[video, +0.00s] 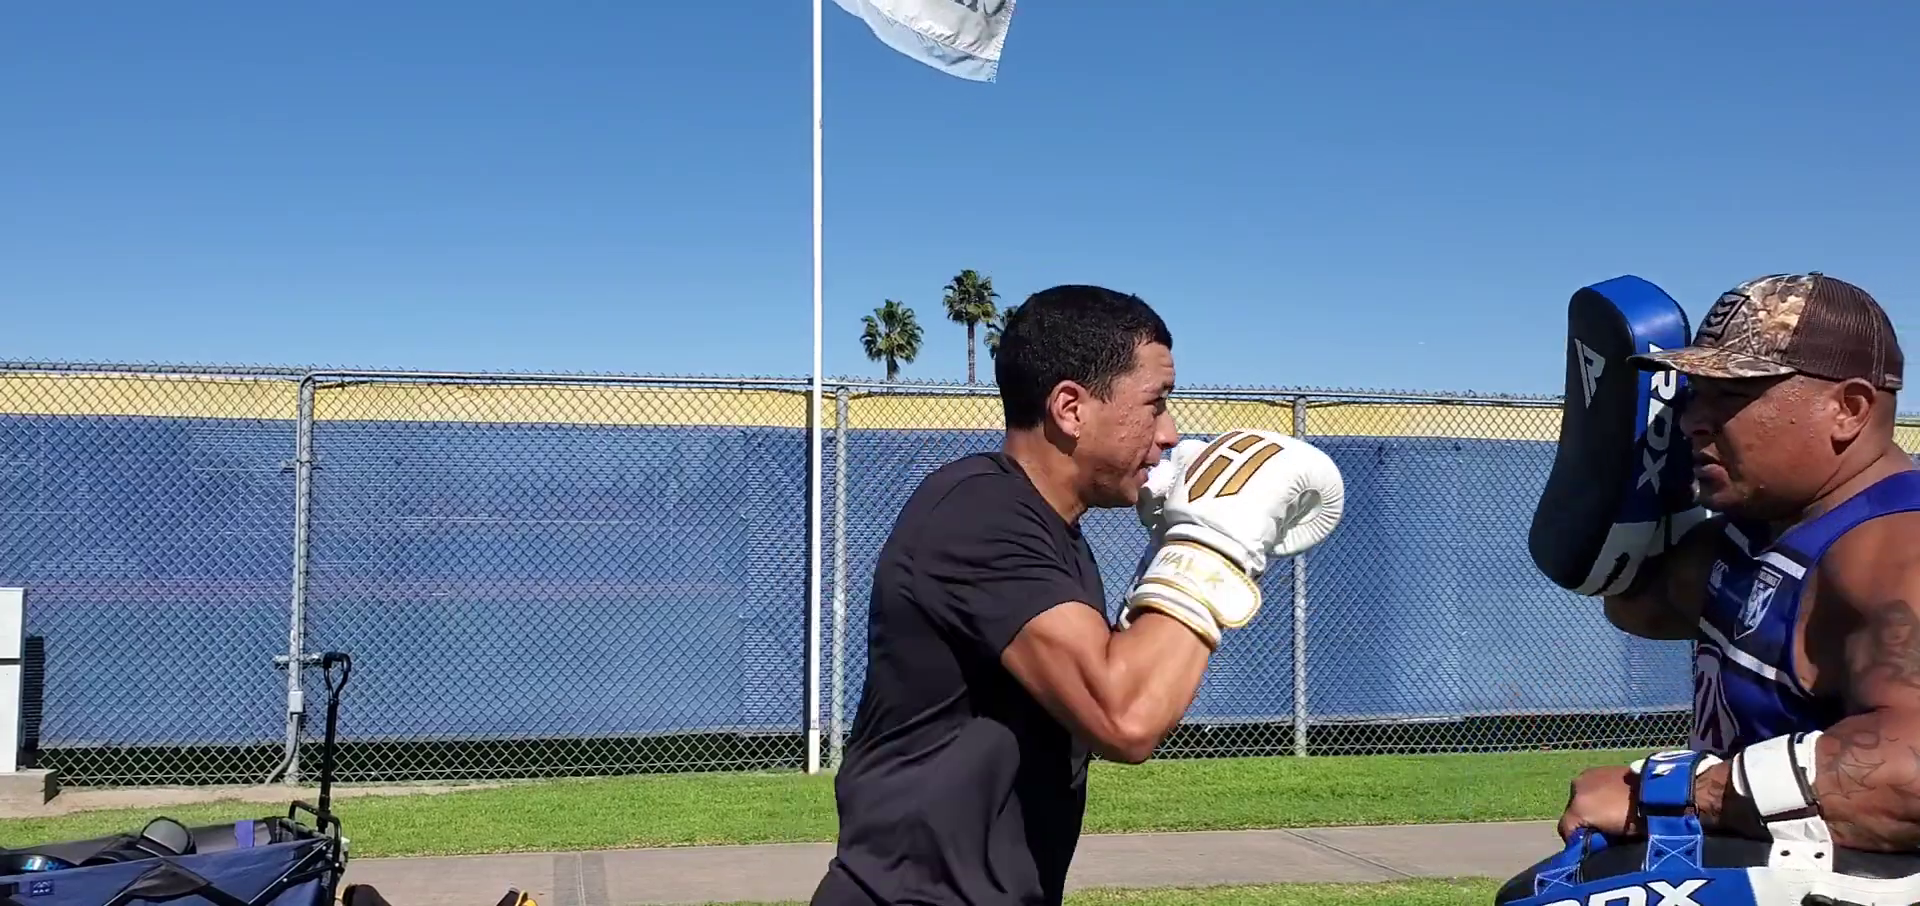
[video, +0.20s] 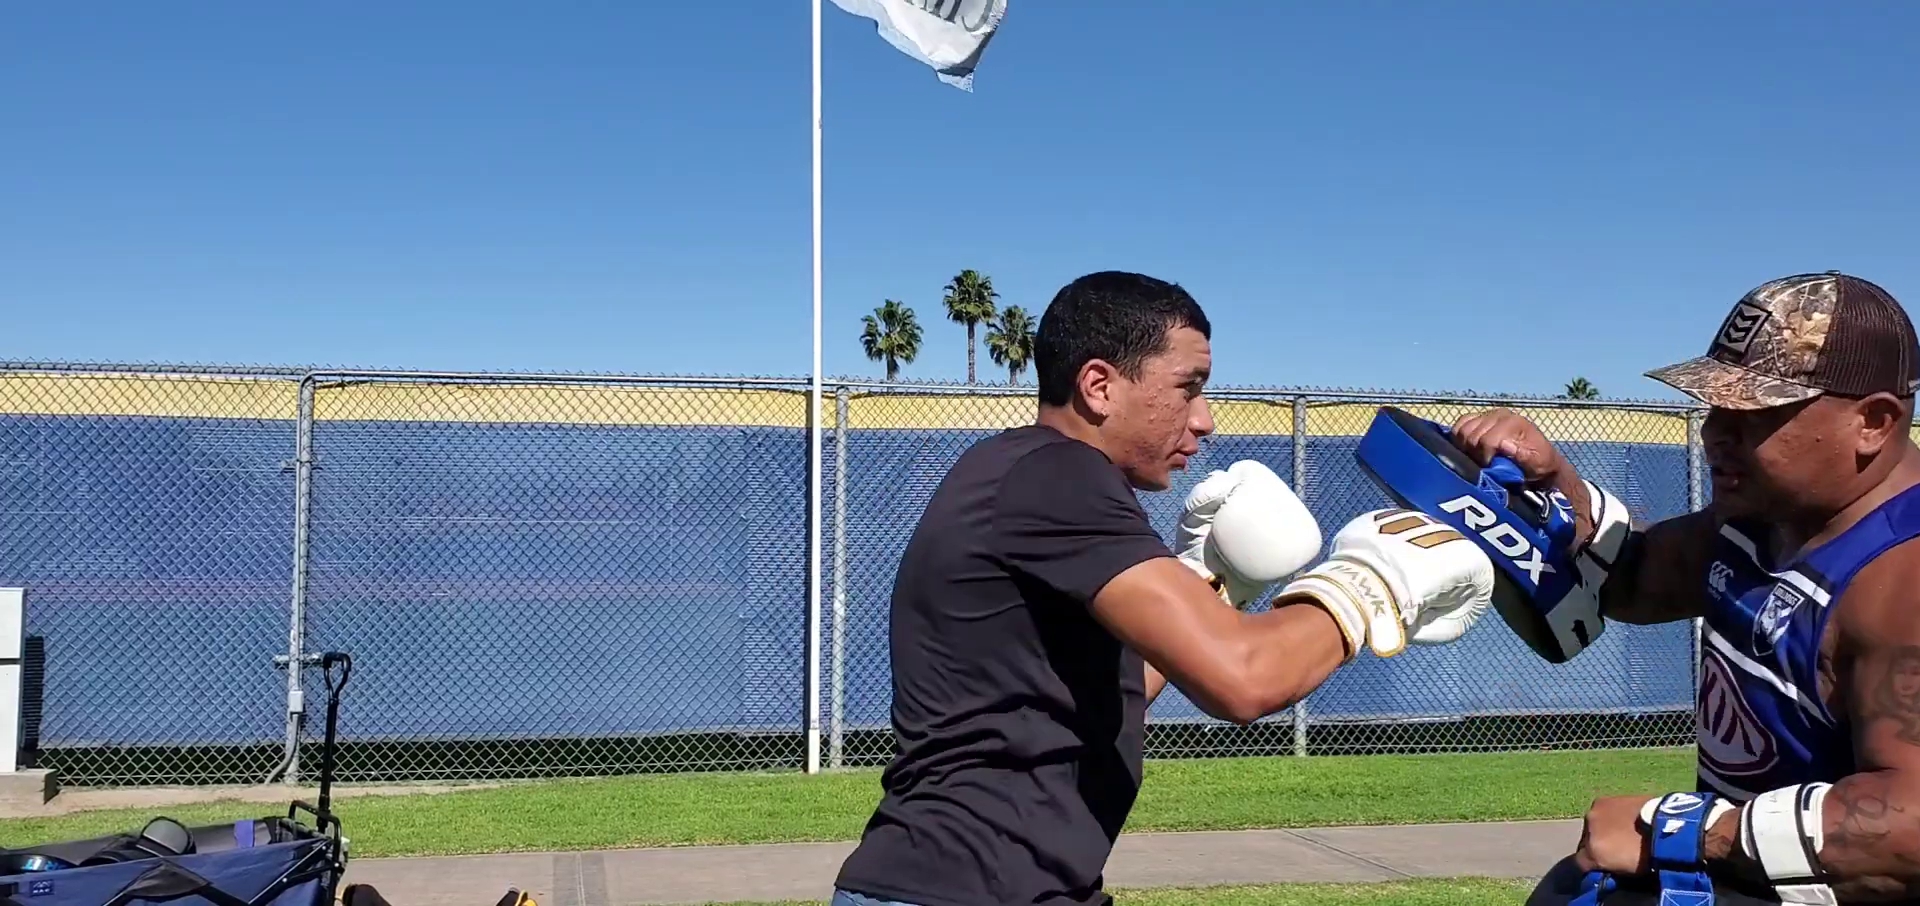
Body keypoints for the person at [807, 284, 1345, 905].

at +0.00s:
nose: (1170, 434)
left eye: (1165, 406)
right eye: (1153, 404)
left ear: (1071, 412)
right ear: (1070, 408)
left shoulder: (1055, 539)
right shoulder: (978, 516)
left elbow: (1114, 708)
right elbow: (1127, 713)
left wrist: (1184, 548)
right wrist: (1215, 546)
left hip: (1002, 885)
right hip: (918, 887)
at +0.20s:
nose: (1204, 423)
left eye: (1203, 394)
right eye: (1186, 390)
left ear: (1099, 389)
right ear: (1099, 385)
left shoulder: (1002, 479)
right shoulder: (1055, 480)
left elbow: (1099, 703)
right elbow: (1245, 677)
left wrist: (1201, 581)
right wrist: (1372, 583)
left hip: (928, 878)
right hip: (977, 884)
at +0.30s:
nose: (1194, 425)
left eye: (1189, 396)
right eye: (1176, 394)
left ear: (1087, 401)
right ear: (1088, 397)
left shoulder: (1035, 509)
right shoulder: (1016, 515)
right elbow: (1076, 785)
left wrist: (1147, 630)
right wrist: (1244, 687)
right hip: (956, 884)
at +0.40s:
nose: (1182, 431)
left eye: (1178, 400)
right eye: (1167, 400)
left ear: (1079, 404)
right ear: (1081, 401)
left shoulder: (1029, 526)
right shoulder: (972, 536)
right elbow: (988, 818)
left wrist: (1122, 631)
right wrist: (1142, 682)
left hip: (1015, 886)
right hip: (930, 890)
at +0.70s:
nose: (1193, 426)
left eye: (1191, 396)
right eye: (1181, 395)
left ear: (1097, 396)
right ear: (1095, 393)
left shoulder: (1068, 516)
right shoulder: (964, 522)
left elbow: (1061, 761)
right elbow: (1047, 799)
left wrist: (1177, 635)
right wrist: (1163, 618)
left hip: (1041, 879)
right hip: (932, 886)